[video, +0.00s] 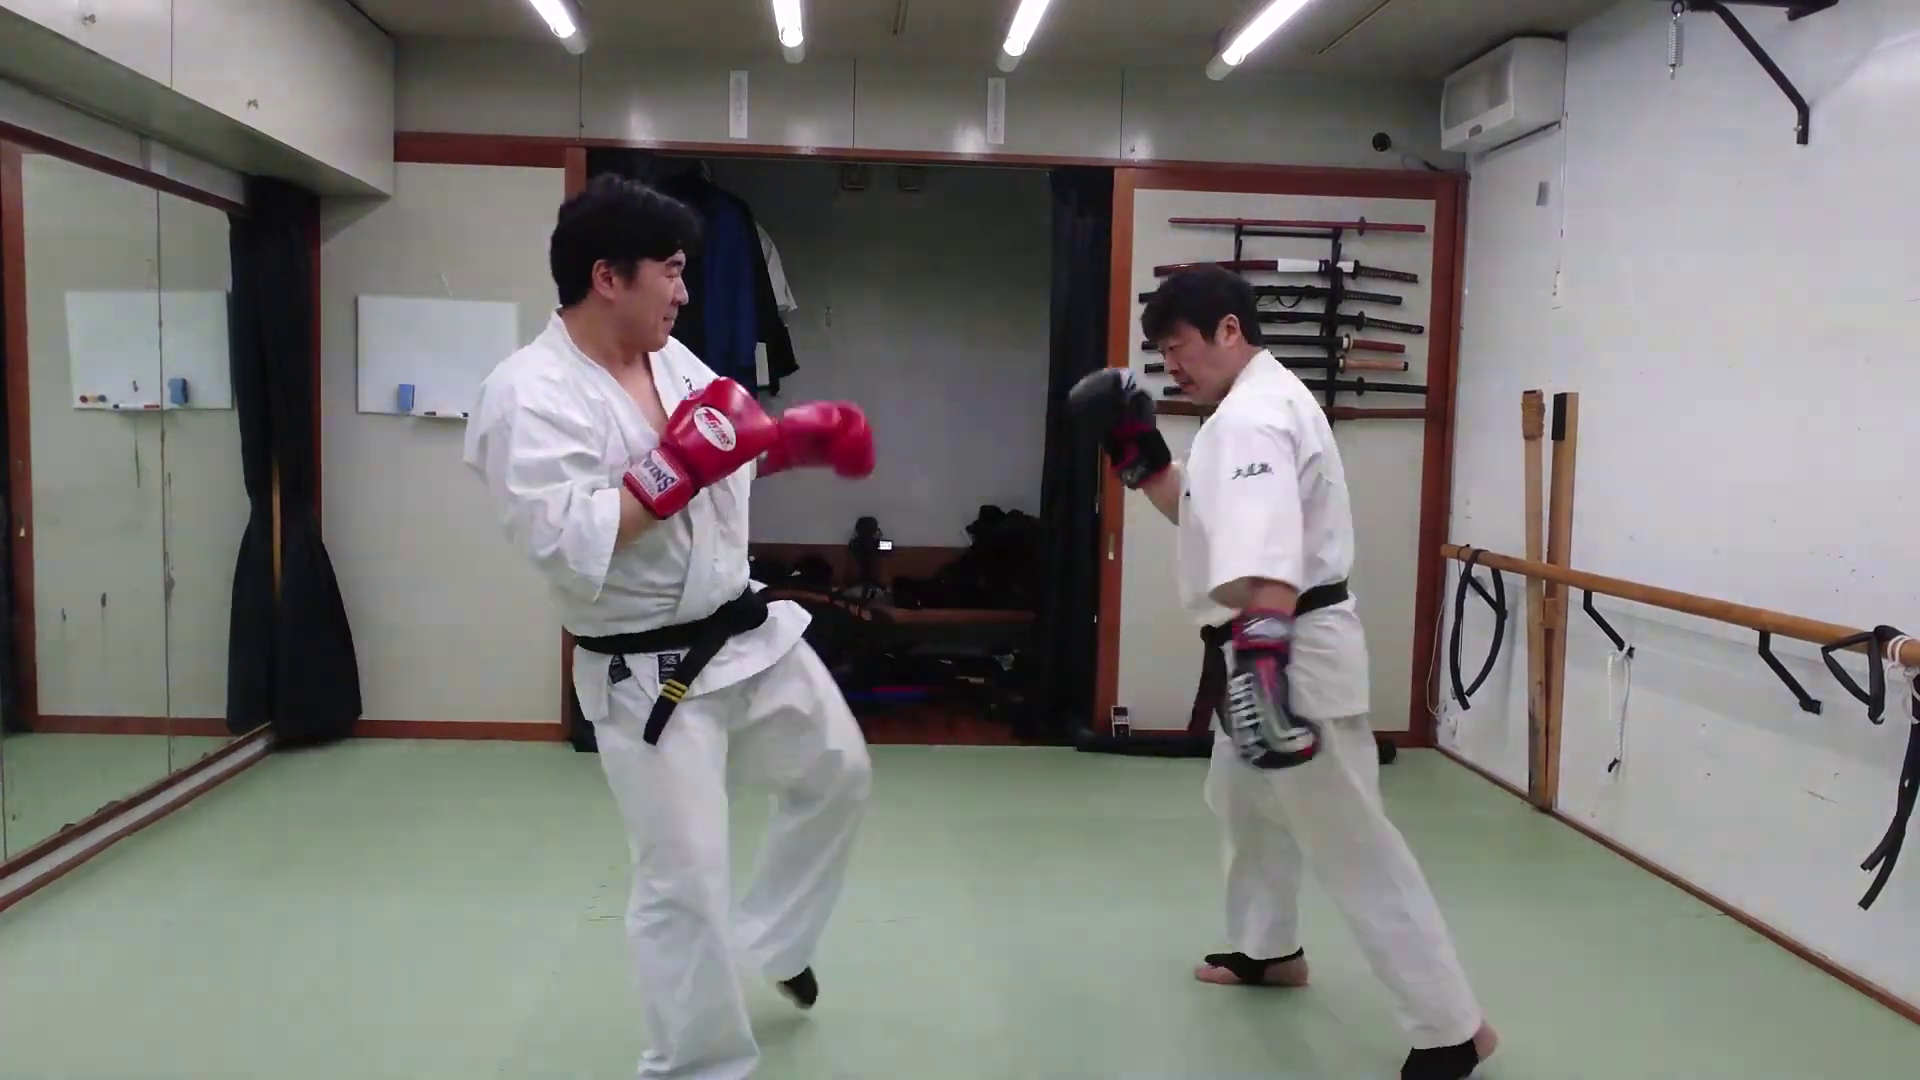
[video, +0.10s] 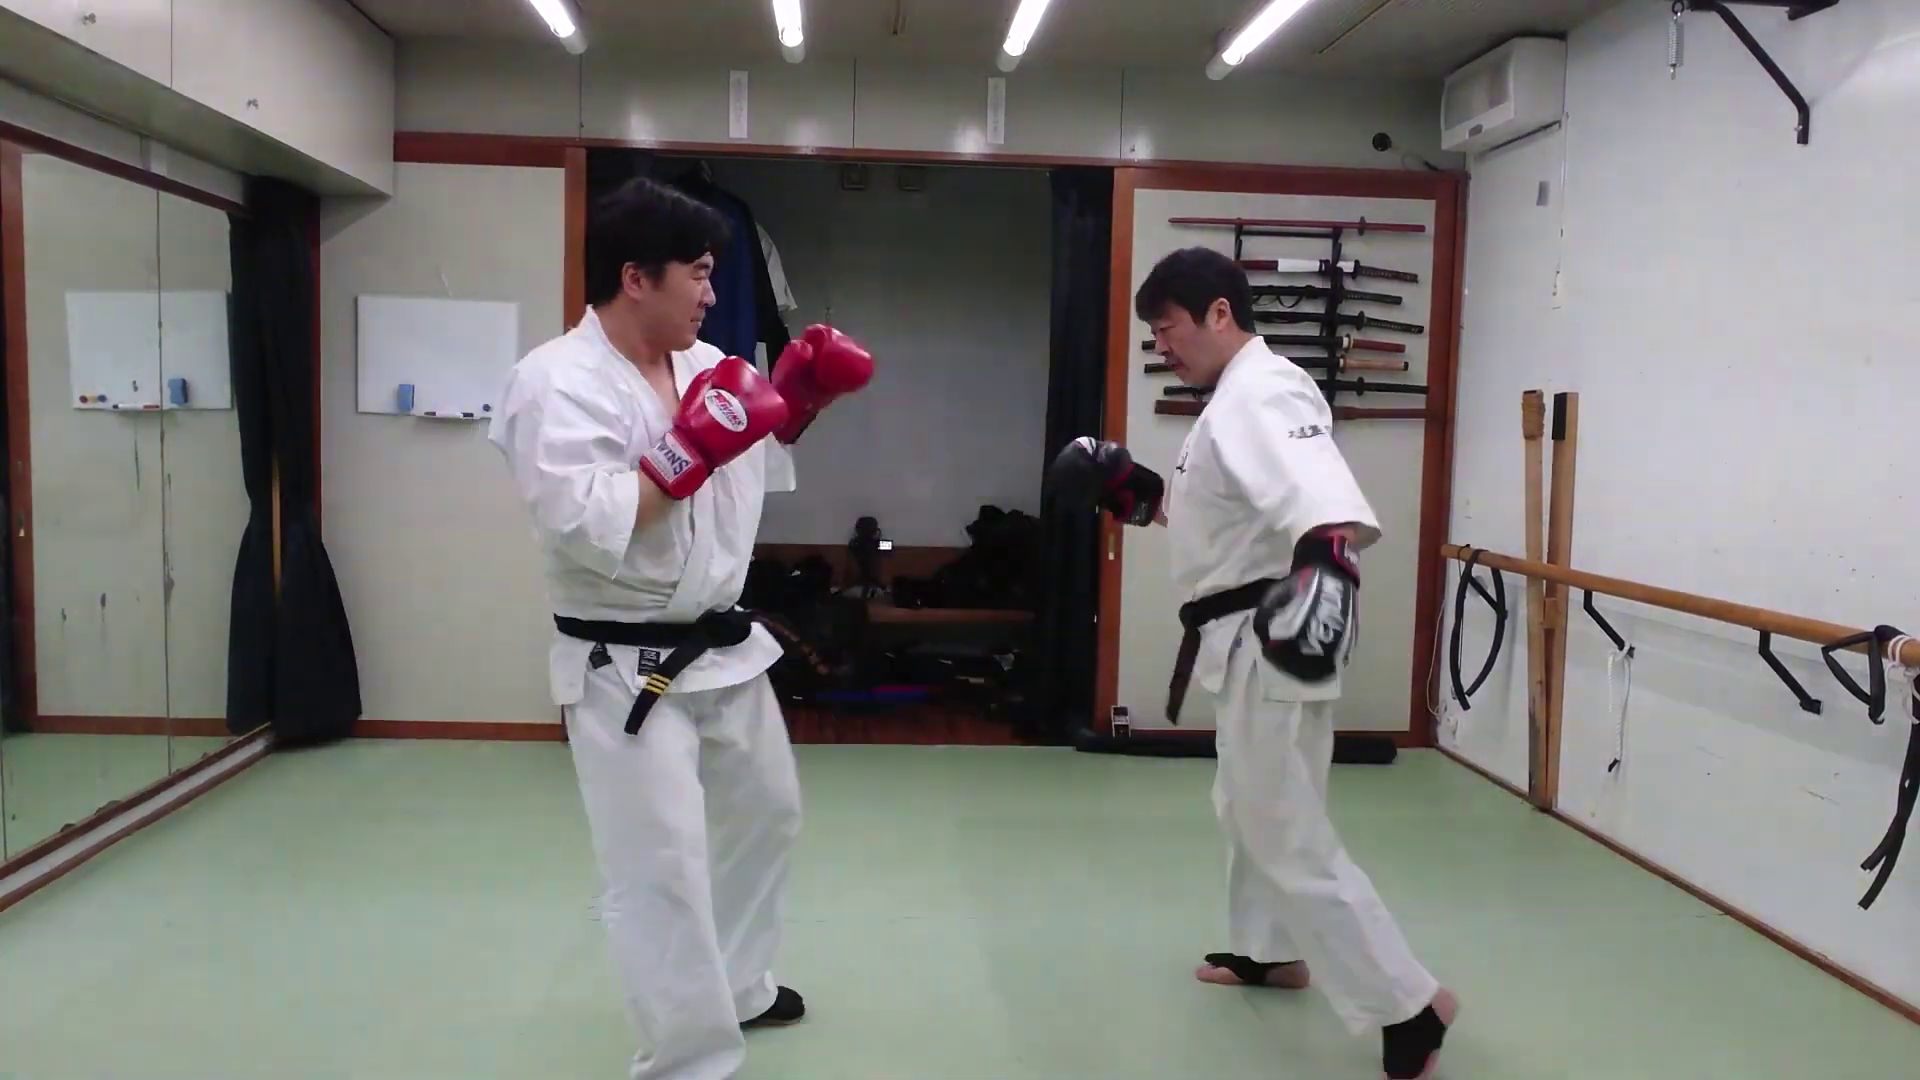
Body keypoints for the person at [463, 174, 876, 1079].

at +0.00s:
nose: (683, 293)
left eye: (683, 273)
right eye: (669, 273)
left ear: (624, 278)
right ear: (605, 278)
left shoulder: (667, 357)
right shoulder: (528, 394)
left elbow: (730, 436)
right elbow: (571, 543)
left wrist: (796, 439)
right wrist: (683, 461)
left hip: (747, 627)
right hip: (644, 667)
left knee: (837, 774)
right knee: (685, 883)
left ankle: (773, 939)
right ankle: (697, 1065)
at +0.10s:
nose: (710, 293)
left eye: (710, 273)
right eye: (696, 274)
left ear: (656, 281)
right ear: (635, 281)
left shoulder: (707, 366)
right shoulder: (555, 383)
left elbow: (762, 454)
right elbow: (590, 529)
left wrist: (794, 398)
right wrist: (690, 449)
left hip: (726, 647)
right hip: (624, 665)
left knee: (765, 811)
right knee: (663, 871)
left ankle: (739, 987)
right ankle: (685, 1061)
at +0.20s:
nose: (731, 304)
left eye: (732, 286)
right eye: (717, 286)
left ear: (677, 293)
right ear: (658, 290)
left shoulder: (722, 380)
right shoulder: (569, 386)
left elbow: (771, 473)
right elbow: (610, 529)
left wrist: (806, 413)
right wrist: (703, 456)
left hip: (692, 653)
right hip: (591, 658)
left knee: (737, 813)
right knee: (625, 858)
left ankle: (725, 992)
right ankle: (639, 1051)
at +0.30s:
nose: (719, 304)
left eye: (722, 287)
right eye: (708, 285)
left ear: (663, 285)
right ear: (649, 280)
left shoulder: (697, 379)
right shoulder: (560, 369)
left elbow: (731, 472)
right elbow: (577, 505)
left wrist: (784, 468)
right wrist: (686, 469)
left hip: (664, 639)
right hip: (560, 636)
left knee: (704, 810)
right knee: (569, 823)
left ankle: (721, 988)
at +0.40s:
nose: (685, 308)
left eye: (687, 291)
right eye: (673, 289)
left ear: (628, 291)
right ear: (615, 287)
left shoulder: (653, 384)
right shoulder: (530, 371)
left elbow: (688, 489)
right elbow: (536, 509)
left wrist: (728, 523)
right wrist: (655, 487)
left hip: (638, 641)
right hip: (536, 640)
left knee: (691, 812)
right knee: (497, 822)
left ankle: (719, 988)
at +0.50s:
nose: (643, 328)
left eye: (645, 310)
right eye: (631, 308)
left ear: (586, 313)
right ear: (573, 309)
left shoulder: (600, 406)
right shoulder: (491, 397)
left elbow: (598, 535)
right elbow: (487, 529)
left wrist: (657, 567)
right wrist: (608, 508)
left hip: (594, 660)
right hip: (491, 663)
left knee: (676, 813)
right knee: (430, 824)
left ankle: (719, 987)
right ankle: (301, 945)